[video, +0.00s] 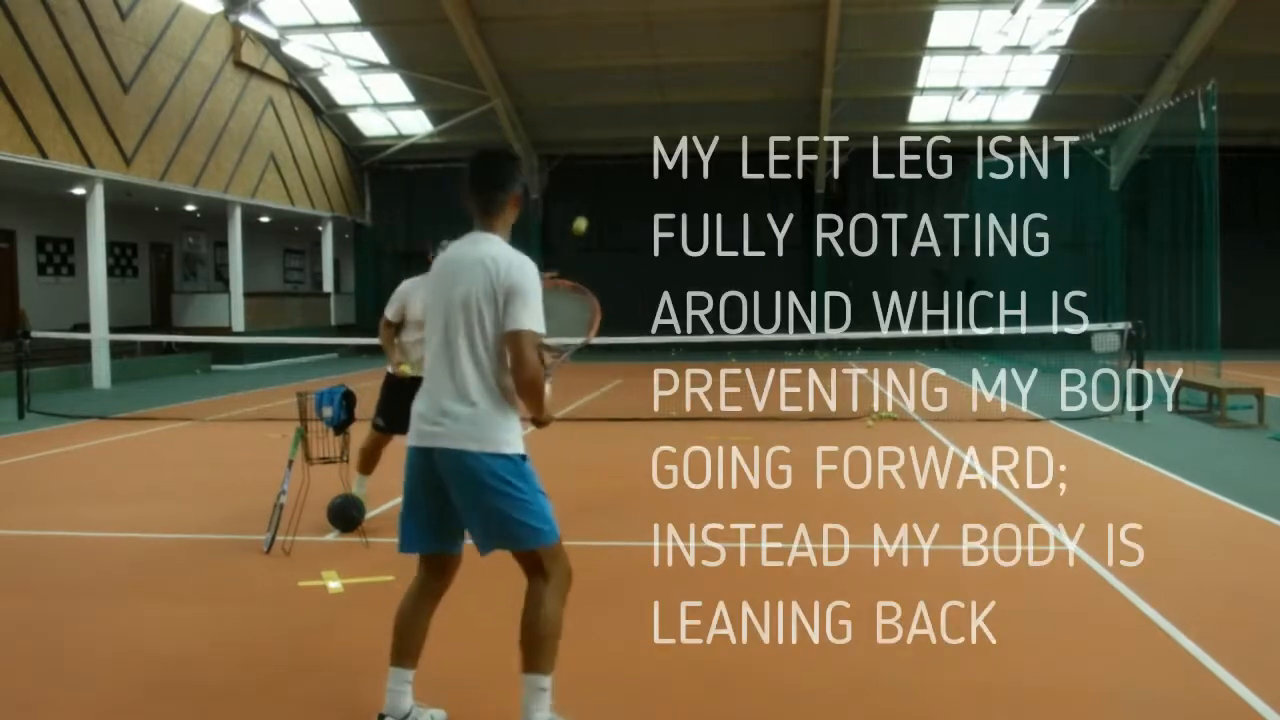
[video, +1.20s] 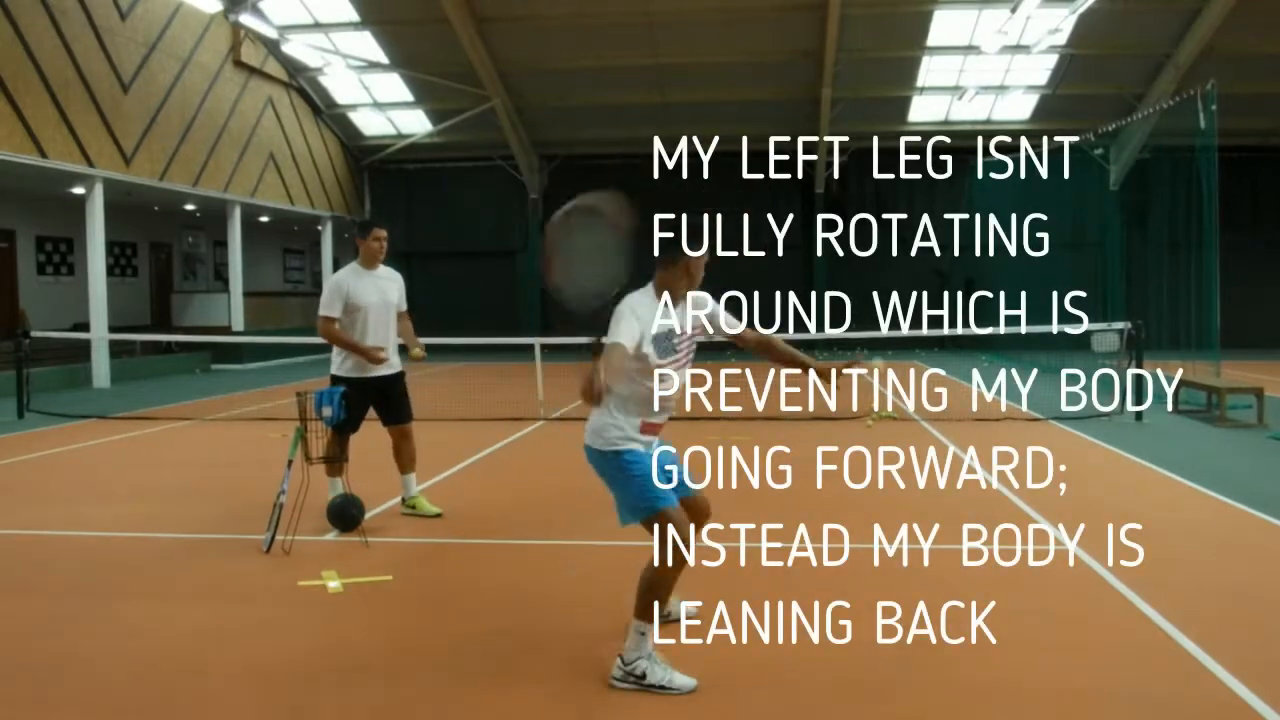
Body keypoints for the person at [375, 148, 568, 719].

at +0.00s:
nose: (521, 205)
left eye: (518, 197)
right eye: (521, 197)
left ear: (470, 200)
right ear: (515, 201)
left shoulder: (443, 261)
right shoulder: (514, 266)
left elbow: (438, 346)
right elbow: (525, 366)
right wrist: (539, 411)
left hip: (428, 441)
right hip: (485, 446)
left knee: (435, 569)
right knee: (551, 571)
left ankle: (396, 703)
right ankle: (537, 709)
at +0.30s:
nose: (569, 205)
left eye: (566, 197)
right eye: (569, 196)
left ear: (518, 199)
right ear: (563, 199)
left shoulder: (497, 260)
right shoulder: (548, 267)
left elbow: (528, 354)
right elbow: (571, 371)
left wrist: (597, 351)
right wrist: (607, 401)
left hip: (470, 438)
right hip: (511, 443)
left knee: (509, 554)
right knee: (551, 586)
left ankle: (441, 660)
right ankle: (519, 711)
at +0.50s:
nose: (593, 212)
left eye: (591, 203)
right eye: (592, 203)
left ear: (544, 205)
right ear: (583, 206)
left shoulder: (541, 263)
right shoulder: (555, 269)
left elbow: (595, 336)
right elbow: (608, 351)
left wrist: (657, 321)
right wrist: (674, 357)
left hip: (519, 442)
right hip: (519, 446)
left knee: (564, 544)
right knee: (539, 585)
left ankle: (518, 668)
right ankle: (515, 709)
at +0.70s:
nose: (619, 229)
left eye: (618, 221)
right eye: (618, 220)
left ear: (577, 222)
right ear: (608, 223)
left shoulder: (594, 279)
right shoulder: (558, 275)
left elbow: (651, 310)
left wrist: (712, 280)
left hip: (559, 442)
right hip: (546, 444)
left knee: (580, 561)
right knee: (595, 568)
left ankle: (520, 666)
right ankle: (535, 703)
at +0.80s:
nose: (644, 231)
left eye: (643, 223)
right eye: (639, 222)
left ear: (626, 226)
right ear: (621, 222)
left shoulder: (635, 274)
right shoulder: (573, 261)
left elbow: (689, 300)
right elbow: (557, 288)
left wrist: (733, 269)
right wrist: (619, 258)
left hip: (583, 433)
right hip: (560, 433)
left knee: (584, 554)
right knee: (622, 546)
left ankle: (519, 662)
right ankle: (579, 679)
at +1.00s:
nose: (680, 245)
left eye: (682, 236)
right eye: (674, 234)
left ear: (678, 242)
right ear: (654, 234)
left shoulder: (671, 284)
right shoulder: (605, 273)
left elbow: (729, 315)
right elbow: (555, 307)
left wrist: (788, 306)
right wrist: (588, 287)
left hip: (620, 427)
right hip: (591, 428)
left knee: (649, 527)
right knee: (663, 531)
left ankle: (567, 602)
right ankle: (634, 659)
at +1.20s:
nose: (702, 269)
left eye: (703, 262)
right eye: (697, 262)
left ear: (687, 266)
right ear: (674, 264)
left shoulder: (698, 306)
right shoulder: (635, 307)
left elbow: (754, 340)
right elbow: (608, 356)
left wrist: (814, 365)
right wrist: (595, 379)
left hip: (646, 438)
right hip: (616, 440)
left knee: (698, 512)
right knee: (673, 535)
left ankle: (657, 602)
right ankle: (634, 658)